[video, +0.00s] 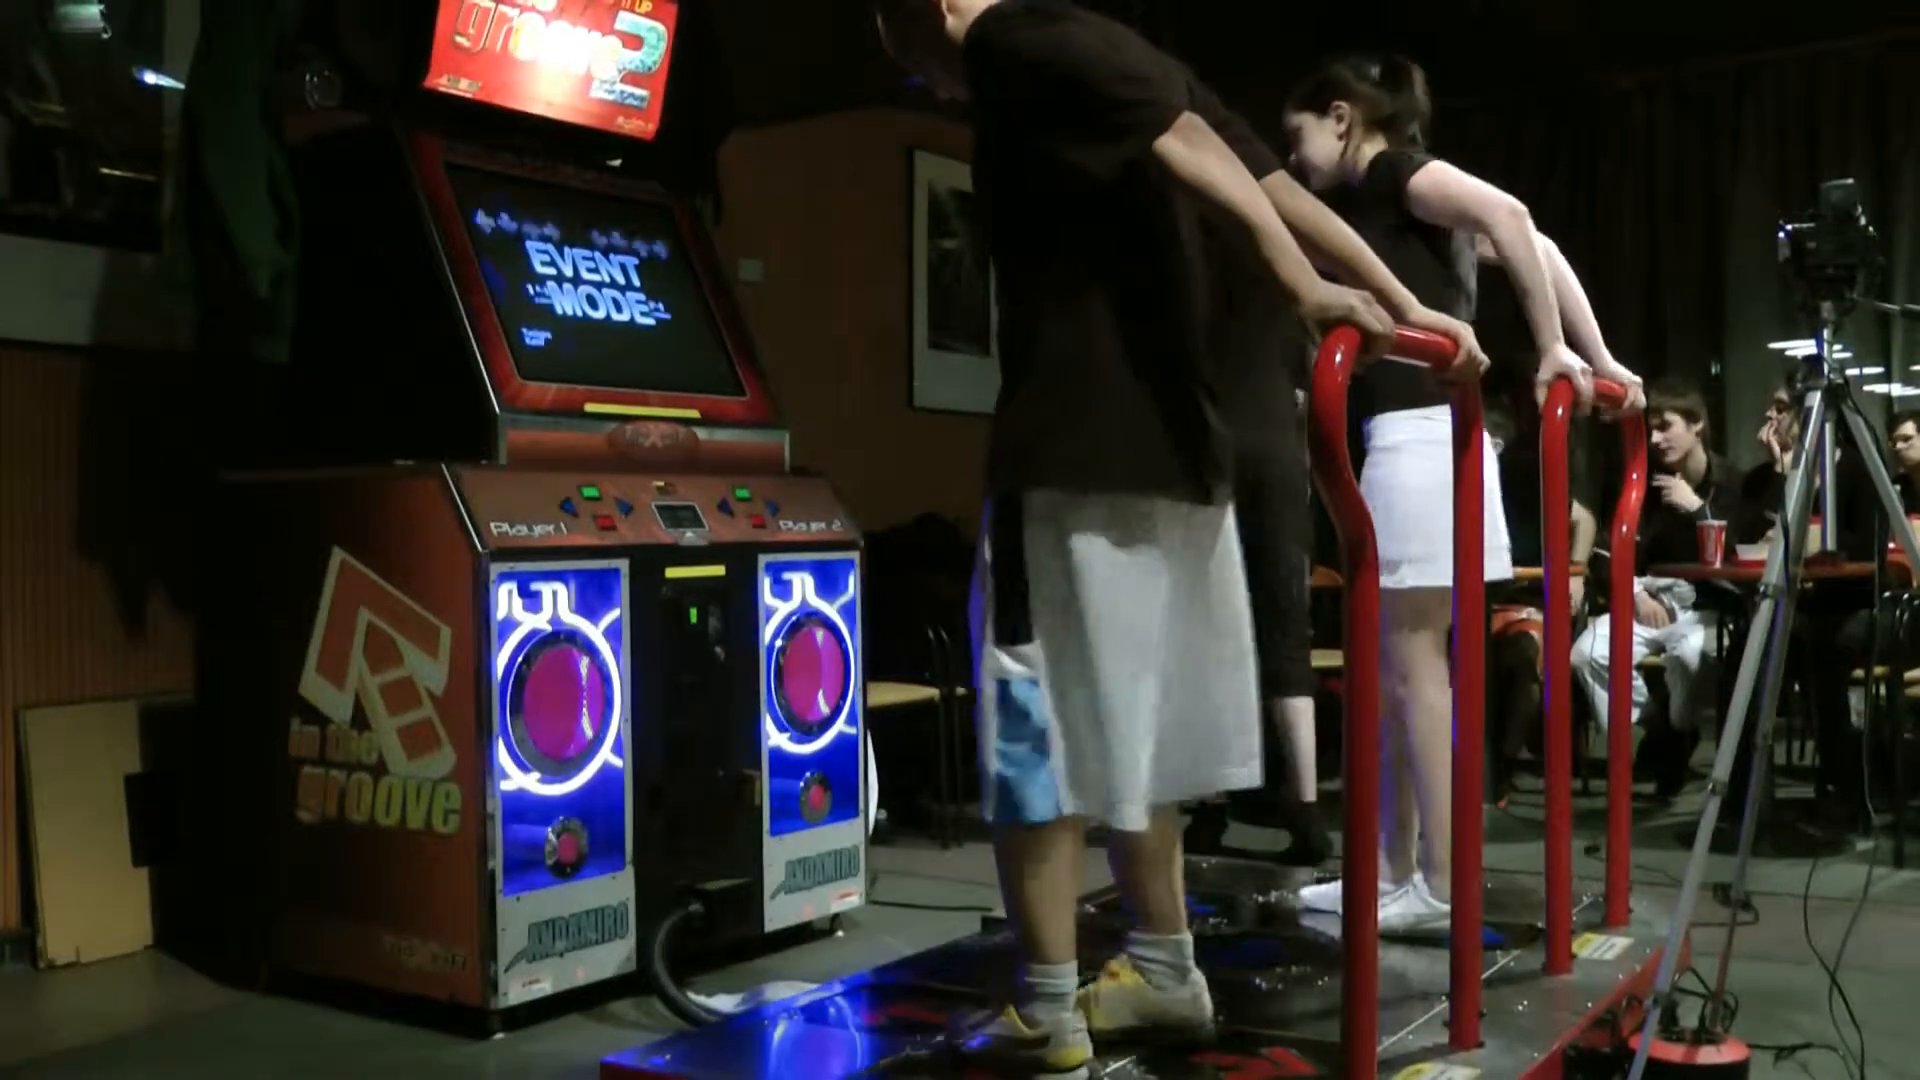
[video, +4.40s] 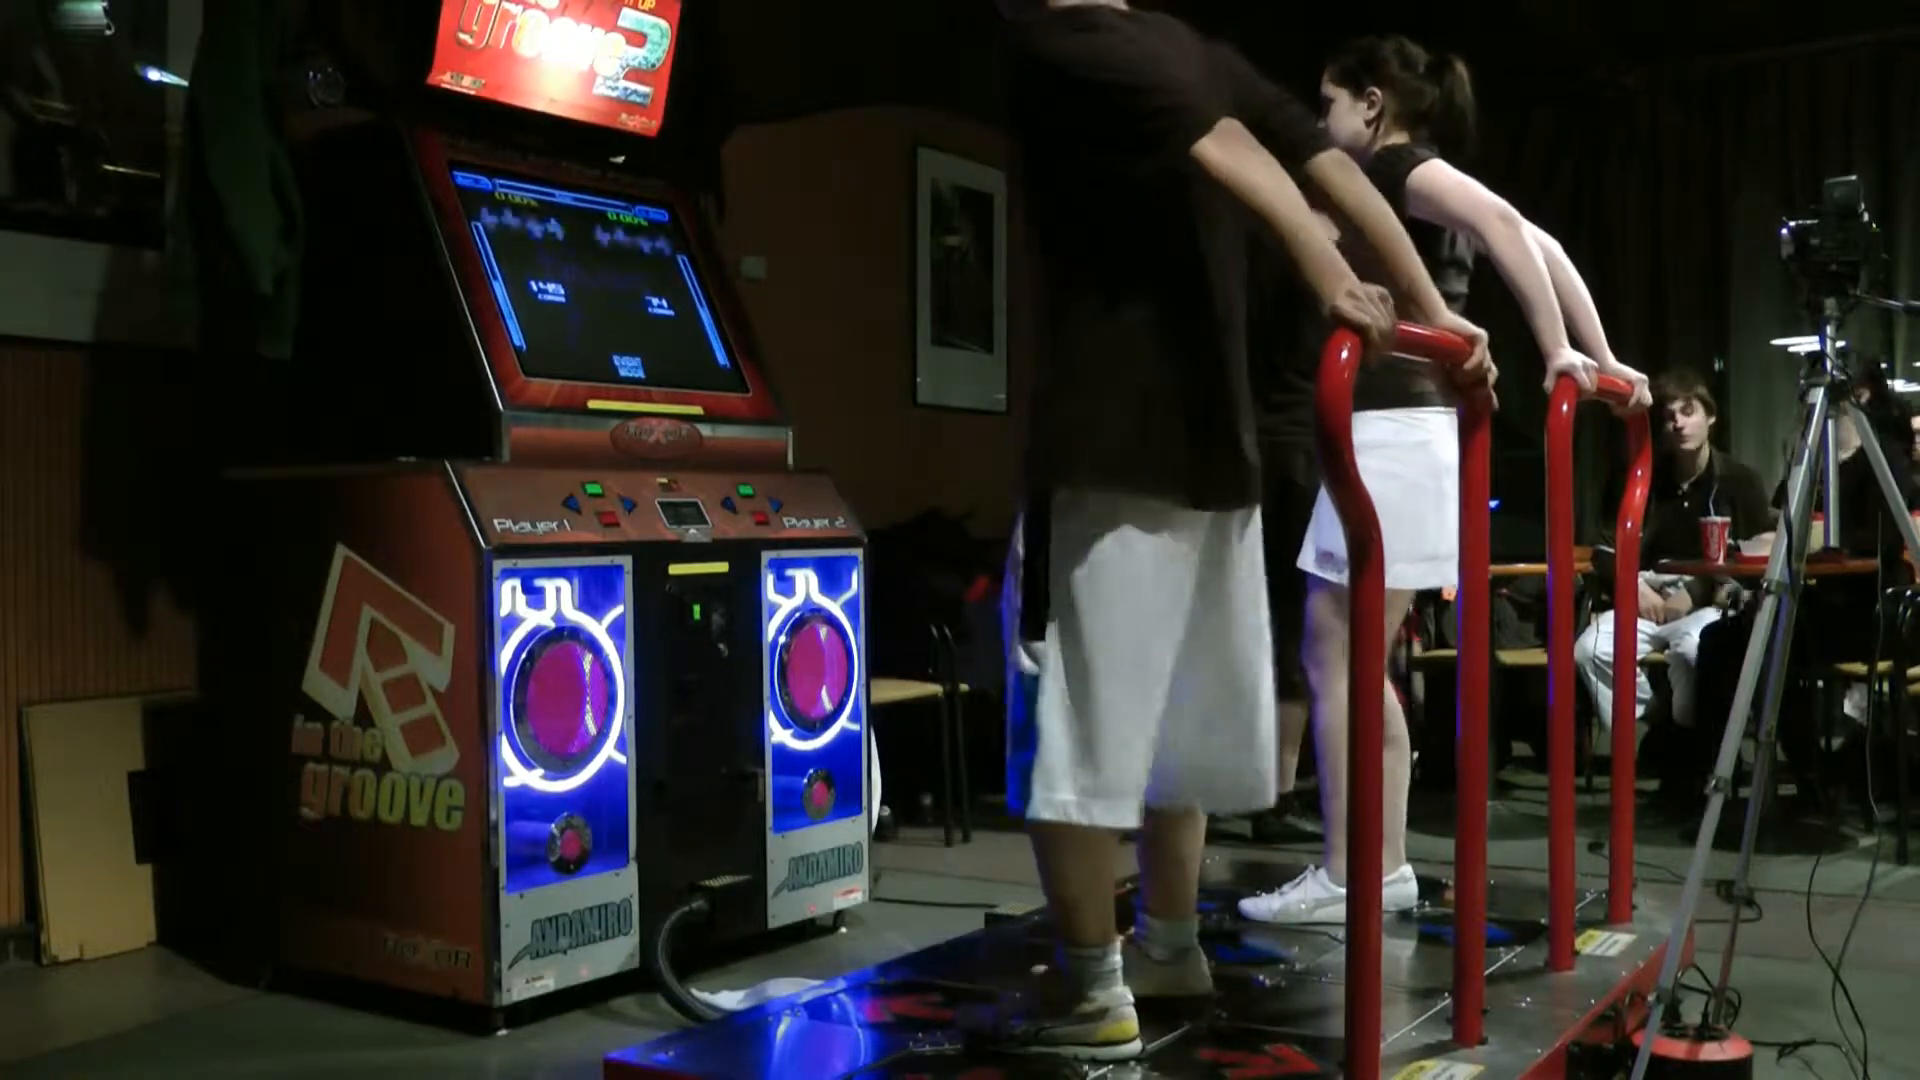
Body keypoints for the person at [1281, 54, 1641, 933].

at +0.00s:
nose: (1292, 151)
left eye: (1298, 133)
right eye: (1290, 136)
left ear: (1343, 121)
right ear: (1359, 127)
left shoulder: (1388, 172)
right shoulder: (1410, 184)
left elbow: (1507, 215)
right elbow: (1538, 247)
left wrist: (1554, 351)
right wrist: (1601, 355)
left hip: (1417, 437)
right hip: (1418, 437)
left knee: (1418, 655)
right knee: (1393, 657)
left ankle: (1442, 884)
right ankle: (1394, 873)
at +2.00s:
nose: (1301, 138)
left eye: (1310, 119)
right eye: (1298, 123)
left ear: (1366, 108)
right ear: (1366, 115)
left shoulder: (1397, 170)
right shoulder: (1414, 178)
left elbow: (1502, 232)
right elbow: (1544, 246)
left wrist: (1557, 354)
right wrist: (1603, 359)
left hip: (1395, 447)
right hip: (1425, 448)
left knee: (1346, 665)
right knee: (1392, 674)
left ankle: (1347, 870)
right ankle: (1406, 866)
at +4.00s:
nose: (1317, 121)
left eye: (1326, 104)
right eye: (1317, 106)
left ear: (1369, 102)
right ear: (1393, 106)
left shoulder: (1388, 169)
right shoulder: (1419, 177)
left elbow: (1504, 229)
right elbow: (1547, 249)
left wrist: (1557, 351)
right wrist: (1603, 357)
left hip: (1381, 447)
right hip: (1426, 448)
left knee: (1321, 662)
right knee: (1376, 674)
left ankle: (1340, 875)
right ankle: (1387, 875)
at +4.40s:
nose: (1323, 120)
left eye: (1332, 104)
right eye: (1324, 105)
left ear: (1375, 104)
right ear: (1397, 110)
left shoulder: (1390, 167)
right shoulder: (1418, 175)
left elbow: (1506, 229)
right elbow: (1549, 252)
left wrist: (1557, 351)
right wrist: (1605, 359)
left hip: (1386, 439)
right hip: (1409, 440)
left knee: (1332, 653)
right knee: (1366, 664)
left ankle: (1342, 874)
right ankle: (1387, 871)